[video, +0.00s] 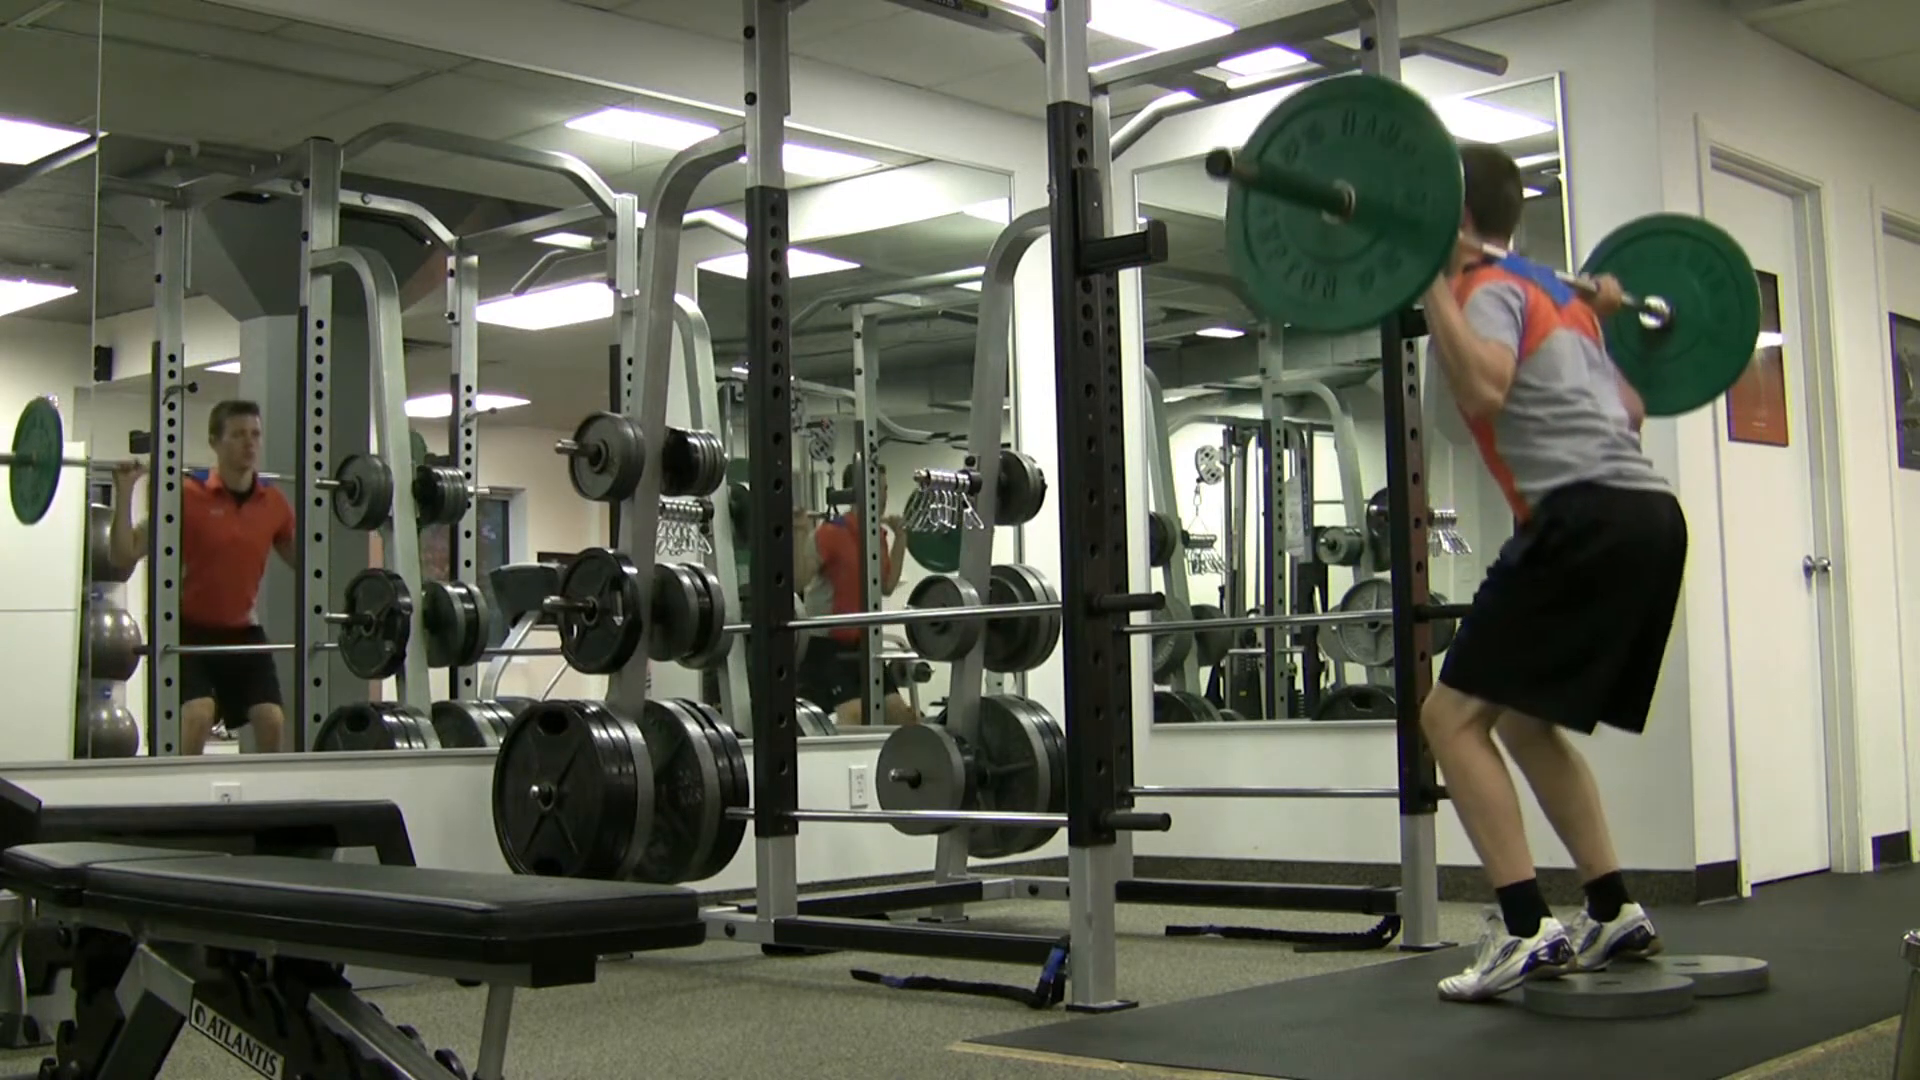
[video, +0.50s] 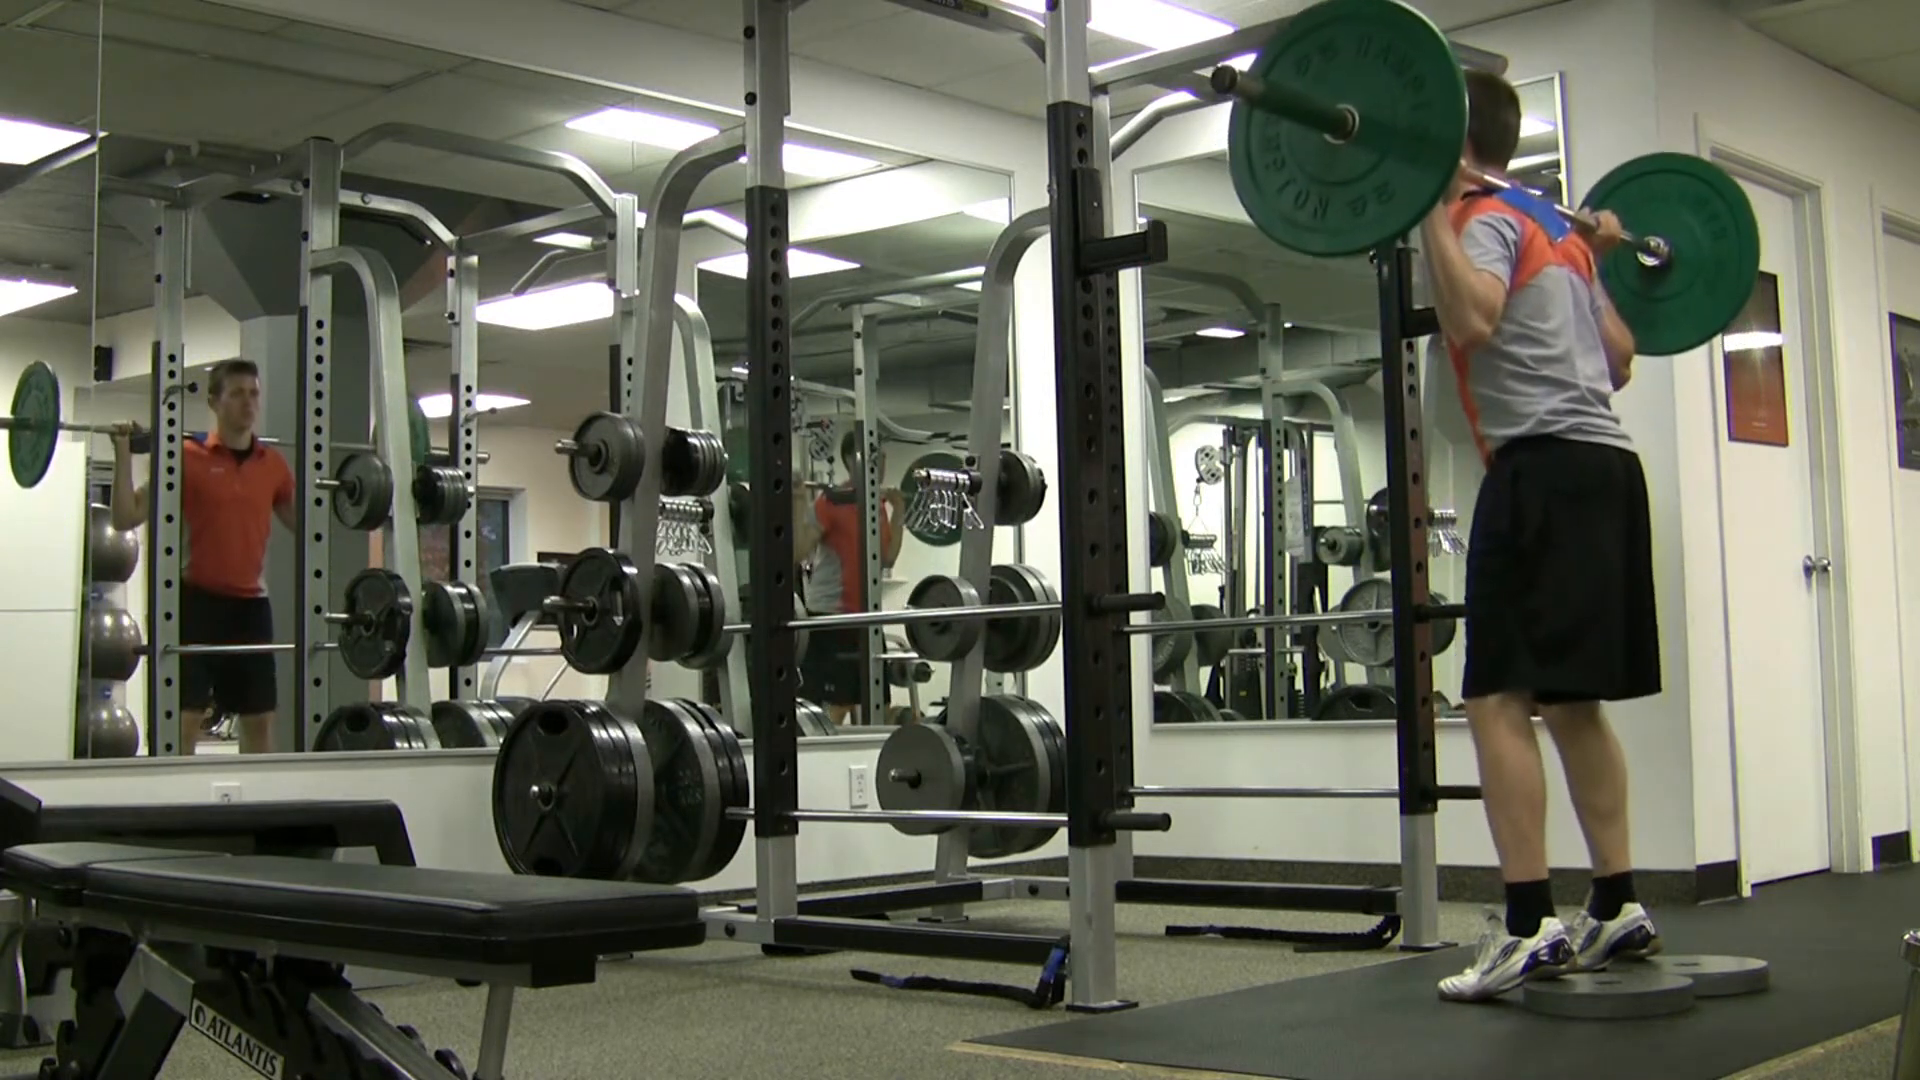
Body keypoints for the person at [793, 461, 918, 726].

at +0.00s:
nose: (885, 495)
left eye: (885, 488)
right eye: (879, 488)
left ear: (882, 492)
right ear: (861, 491)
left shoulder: (877, 534)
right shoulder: (832, 531)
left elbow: (887, 585)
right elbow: (800, 580)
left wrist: (900, 538)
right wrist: (800, 533)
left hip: (867, 642)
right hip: (835, 644)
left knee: (903, 718)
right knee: (853, 721)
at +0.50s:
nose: (874, 465)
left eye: (877, 457)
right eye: (865, 457)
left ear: (882, 460)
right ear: (849, 459)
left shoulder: (875, 505)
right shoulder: (830, 502)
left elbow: (888, 557)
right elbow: (799, 554)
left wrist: (898, 512)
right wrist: (798, 503)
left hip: (865, 613)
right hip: (833, 614)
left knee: (868, 704)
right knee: (838, 703)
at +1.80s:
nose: (882, 503)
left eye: (885, 496)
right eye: (875, 496)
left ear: (888, 500)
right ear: (855, 501)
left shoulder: (880, 544)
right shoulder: (834, 541)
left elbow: (889, 595)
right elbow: (804, 588)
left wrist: (901, 544)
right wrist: (801, 542)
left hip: (869, 649)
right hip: (833, 649)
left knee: (906, 719)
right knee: (854, 723)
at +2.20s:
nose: (886, 541)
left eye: (888, 534)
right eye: (877, 533)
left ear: (890, 537)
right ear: (856, 539)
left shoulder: (884, 580)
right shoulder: (836, 577)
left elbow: (887, 632)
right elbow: (815, 618)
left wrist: (903, 585)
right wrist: (803, 584)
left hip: (869, 675)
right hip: (833, 675)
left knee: (912, 719)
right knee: (860, 724)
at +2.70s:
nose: (889, 579)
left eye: (891, 572)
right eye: (882, 572)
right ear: (858, 576)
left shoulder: (886, 616)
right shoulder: (835, 613)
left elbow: (896, 673)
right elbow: (810, 661)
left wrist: (902, 620)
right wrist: (810, 613)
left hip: (872, 699)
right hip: (836, 699)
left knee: (917, 722)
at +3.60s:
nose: (889, 548)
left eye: (890, 541)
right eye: (882, 541)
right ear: (858, 546)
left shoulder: (883, 586)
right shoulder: (834, 586)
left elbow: (889, 635)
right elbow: (818, 633)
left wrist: (906, 591)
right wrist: (805, 590)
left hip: (871, 680)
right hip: (837, 681)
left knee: (914, 720)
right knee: (860, 729)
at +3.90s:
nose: (886, 510)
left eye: (887, 504)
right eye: (879, 504)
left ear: (887, 508)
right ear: (856, 509)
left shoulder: (881, 551)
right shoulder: (833, 549)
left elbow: (891, 599)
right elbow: (804, 593)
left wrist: (905, 553)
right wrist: (802, 551)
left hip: (871, 655)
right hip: (838, 654)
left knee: (909, 717)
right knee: (855, 716)